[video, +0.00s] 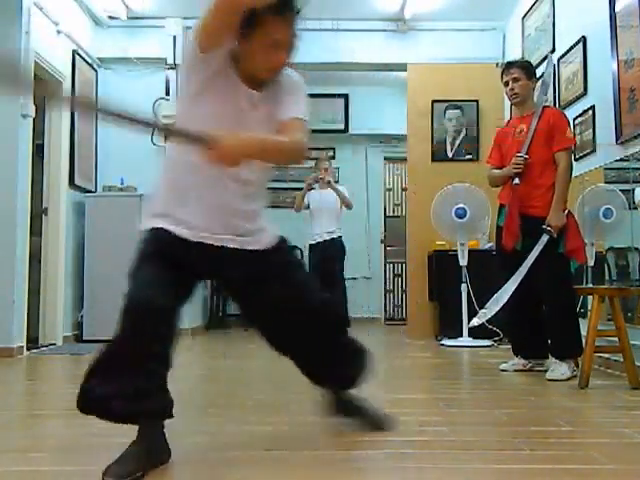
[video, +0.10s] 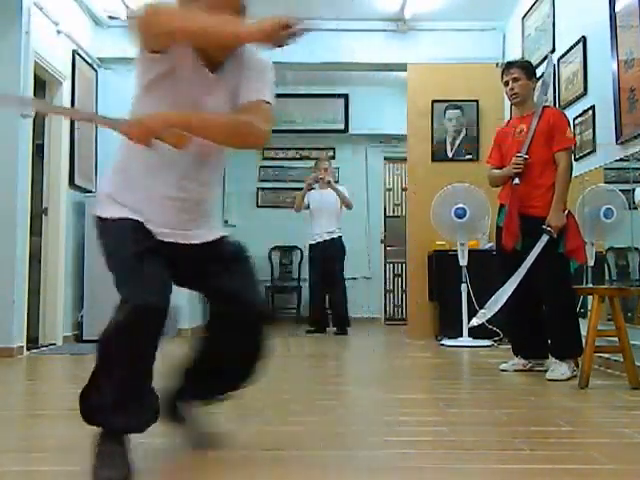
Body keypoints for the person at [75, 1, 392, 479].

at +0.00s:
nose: (279, 56)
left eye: (286, 46)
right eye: (270, 44)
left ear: (291, 45)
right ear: (240, 37)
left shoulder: (288, 85)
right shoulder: (205, 64)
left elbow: (296, 146)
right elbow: (226, 9)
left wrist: (250, 146)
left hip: (247, 234)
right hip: (177, 225)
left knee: (310, 315)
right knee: (144, 313)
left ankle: (341, 395)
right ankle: (150, 434)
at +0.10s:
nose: (217, 26)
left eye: (225, 18)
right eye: (211, 17)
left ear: (241, 22)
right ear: (190, 14)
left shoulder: (254, 63)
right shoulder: (158, 35)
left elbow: (255, 131)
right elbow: (166, 24)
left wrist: (172, 121)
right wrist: (253, 31)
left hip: (198, 223)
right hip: (128, 210)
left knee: (245, 314)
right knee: (147, 302)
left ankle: (185, 397)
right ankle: (113, 430)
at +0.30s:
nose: (138, 5)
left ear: (177, 6)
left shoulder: (198, 62)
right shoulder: (85, 35)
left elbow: (197, 122)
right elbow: (4, 41)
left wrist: (105, 89)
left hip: (118, 222)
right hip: (54, 191)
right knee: (85, 312)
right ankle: (57, 453)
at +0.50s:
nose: (124, 5)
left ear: (138, 5)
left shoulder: (141, 53)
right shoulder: (27, 26)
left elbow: (160, 114)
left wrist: (75, 83)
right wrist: (14, 66)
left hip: (60, 224)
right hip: (10, 199)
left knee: (43, 335)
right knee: (47, 306)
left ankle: (18, 456)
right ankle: (14, 455)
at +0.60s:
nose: (124, 6)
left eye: (127, 1)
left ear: (117, 9)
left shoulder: (112, 44)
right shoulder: (21, 17)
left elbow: (129, 98)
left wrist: (30, 74)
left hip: (46, 222)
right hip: (6, 207)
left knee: (71, 331)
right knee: (42, 304)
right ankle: (16, 459)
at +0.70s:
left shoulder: (64, 32)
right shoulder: (17, 12)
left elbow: (94, 72)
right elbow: (121, 21)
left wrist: (119, 90)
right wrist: (179, 40)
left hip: (29, 209)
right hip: (4, 207)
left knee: (48, 308)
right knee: (48, 300)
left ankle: (18, 454)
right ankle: (12, 456)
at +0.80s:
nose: (77, 26)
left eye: (82, 19)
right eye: (77, 15)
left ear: (61, 14)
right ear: (50, 7)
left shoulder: (49, 54)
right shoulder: (8, 30)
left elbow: (113, 89)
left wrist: (191, 116)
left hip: (14, 218)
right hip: (5, 218)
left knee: (33, 311)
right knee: (49, 301)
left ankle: (13, 450)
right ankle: (13, 455)